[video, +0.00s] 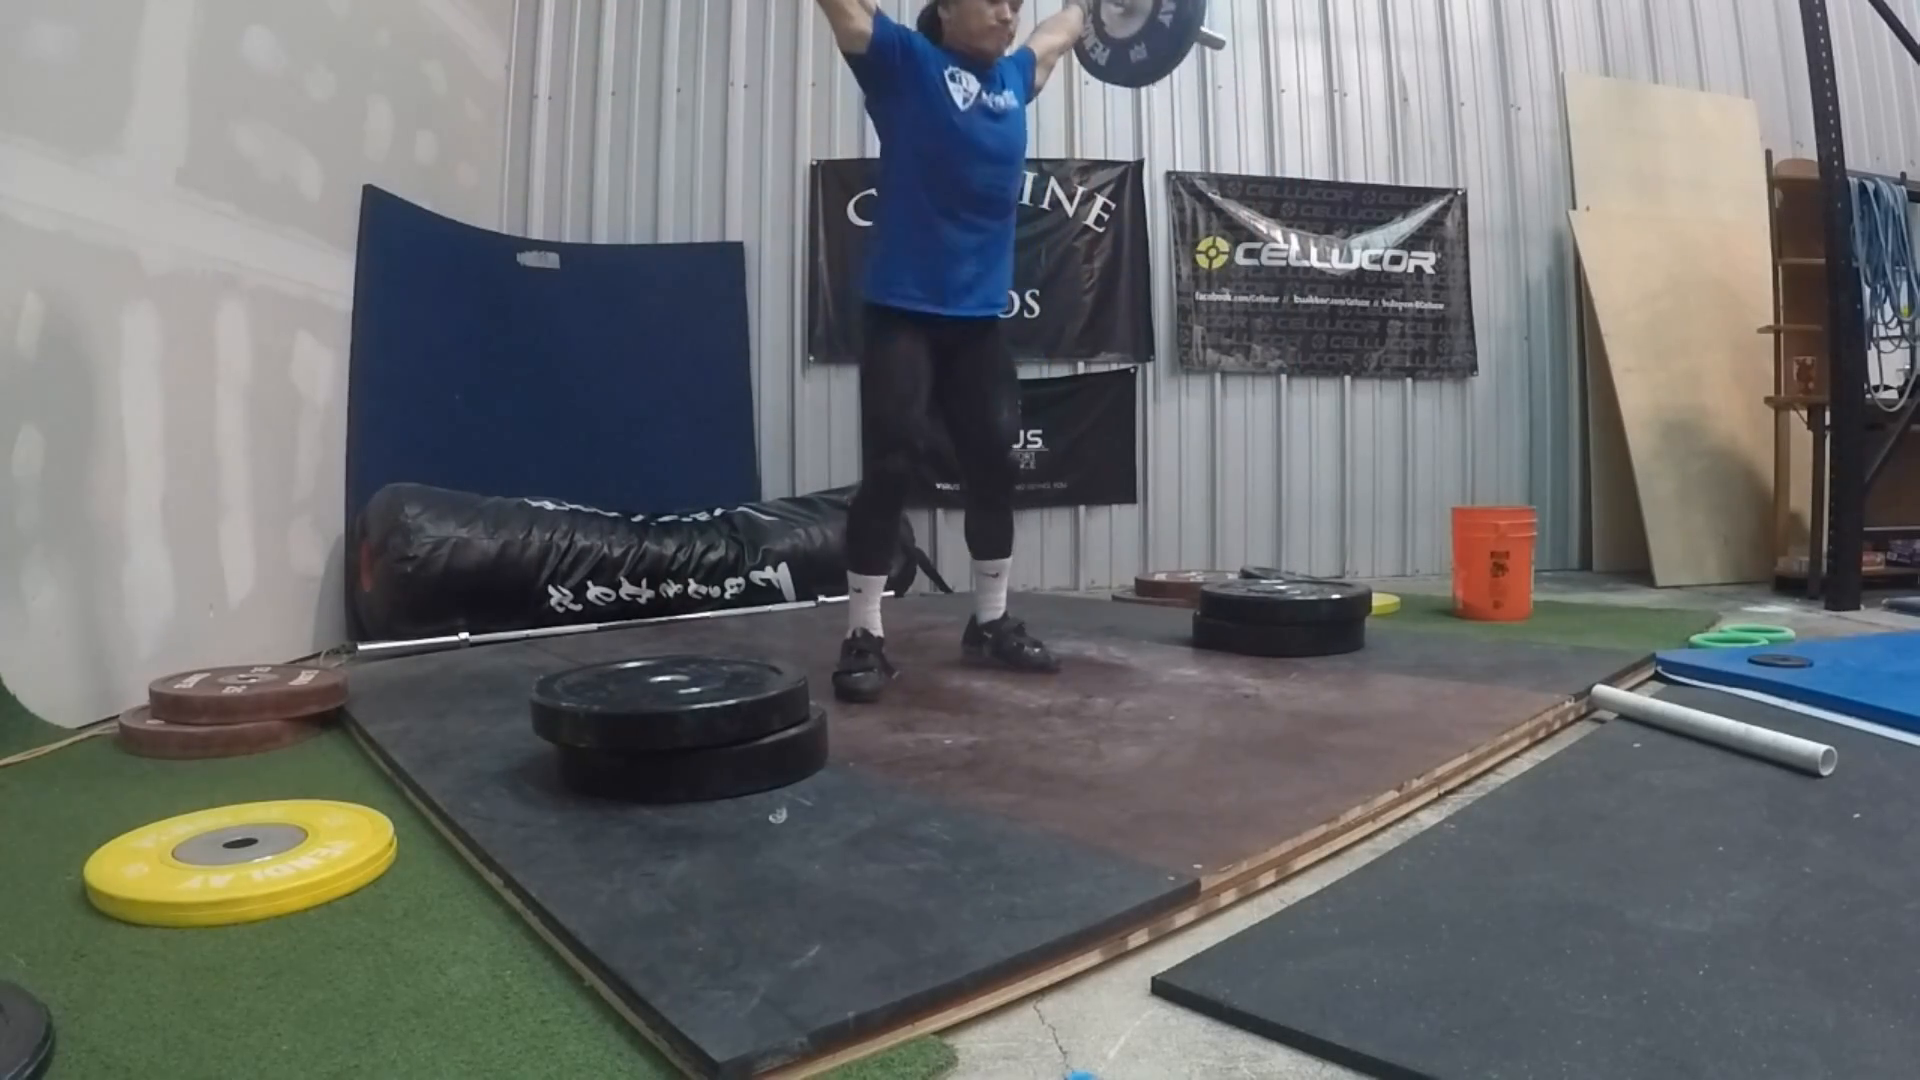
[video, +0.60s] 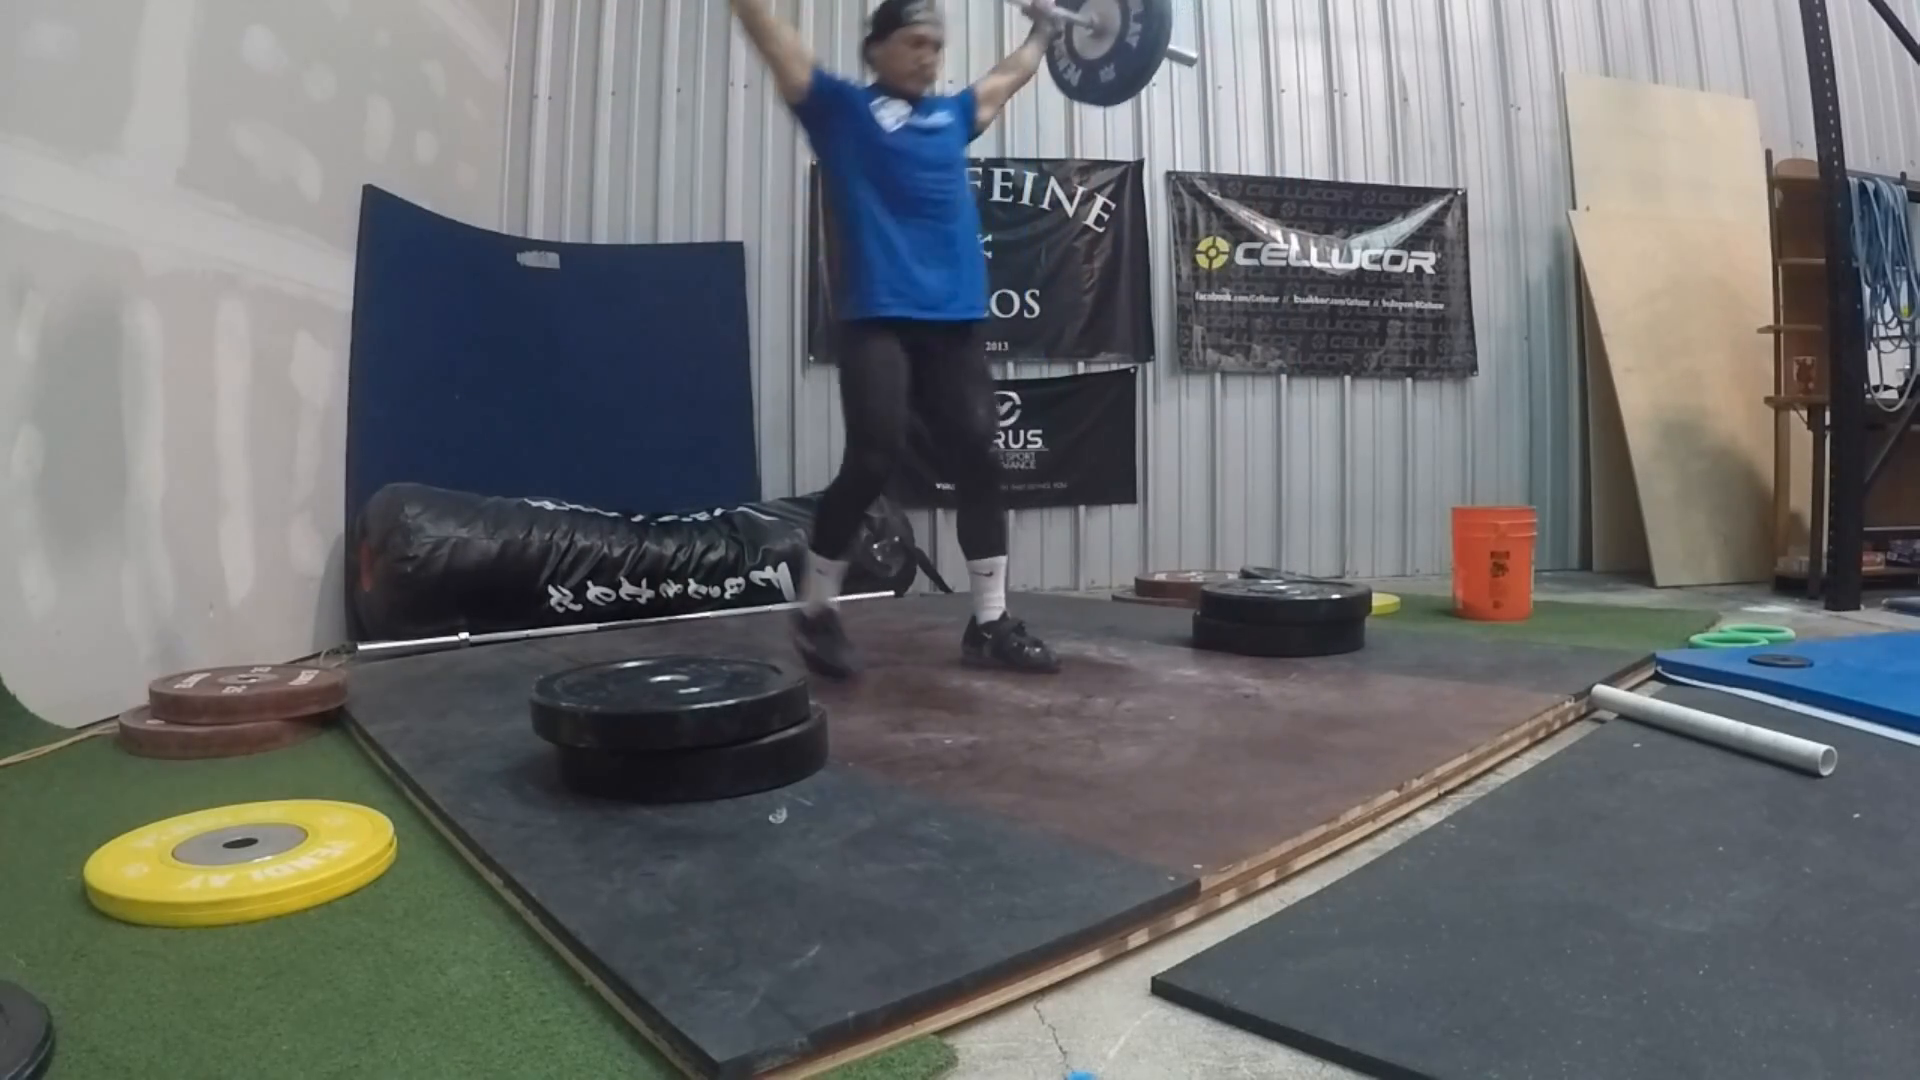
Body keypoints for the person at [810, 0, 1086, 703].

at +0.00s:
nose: (1005, 14)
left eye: (1011, 5)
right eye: (989, 1)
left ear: (1012, 16)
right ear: (945, 10)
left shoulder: (1012, 77)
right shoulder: (905, 61)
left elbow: (1056, 37)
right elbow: (839, 7)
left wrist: (1095, 8)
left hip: (982, 318)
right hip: (901, 314)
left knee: (995, 465)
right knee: (890, 468)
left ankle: (991, 623)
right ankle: (864, 636)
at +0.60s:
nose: (929, 57)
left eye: (935, 47)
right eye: (916, 44)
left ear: (940, 55)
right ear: (875, 49)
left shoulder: (950, 115)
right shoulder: (840, 107)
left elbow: (1006, 78)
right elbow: (770, 34)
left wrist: (1043, 28)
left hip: (955, 324)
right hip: (877, 324)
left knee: (978, 456)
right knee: (873, 457)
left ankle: (991, 622)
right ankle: (816, 609)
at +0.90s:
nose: (827, 105)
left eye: (835, 97)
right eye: (815, 91)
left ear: (838, 108)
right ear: (778, 97)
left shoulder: (842, 182)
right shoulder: (744, 156)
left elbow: (919, 218)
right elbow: (668, 206)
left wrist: (992, 207)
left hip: (834, 349)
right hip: (765, 347)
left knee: (895, 447)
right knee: (780, 465)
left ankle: (922, 598)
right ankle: (750, 613)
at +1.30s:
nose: (803, 169)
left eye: (811, 159)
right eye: (792, 155)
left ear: (816, 163)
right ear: (757, 153)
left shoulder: (816, 231)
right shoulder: (710, 210)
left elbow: (836, 310)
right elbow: (678, 284)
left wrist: (857, 360)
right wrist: (711, 338)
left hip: (759, 374)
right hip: (704, 366)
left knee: (755, 466)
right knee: (737, 459)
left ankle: (702, 581)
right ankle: (737, 601)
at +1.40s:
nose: (808, 205)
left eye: (816, 194)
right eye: (798, 190)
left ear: (823, 196)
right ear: (763, 185)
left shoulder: (818, 255)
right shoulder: (715, 236)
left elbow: (843, 332)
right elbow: (691, 317)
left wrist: (872, 383)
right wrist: (723, 362)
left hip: (749, 374)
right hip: (693, 369)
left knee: (745, 476)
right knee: (723, 459)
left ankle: (703, 583)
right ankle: (728, 589)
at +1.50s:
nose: (807, 231)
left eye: (815, 221)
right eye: (798, 217)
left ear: (821, 223)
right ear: (766, 209)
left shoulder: (816, 274)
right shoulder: (711, 248)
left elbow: (844, 344)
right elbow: (685, 323)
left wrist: (876, 388)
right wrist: (720, 364)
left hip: (740, 386)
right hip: (687, 379)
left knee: (735, 481)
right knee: (704, 462)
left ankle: (718, 579)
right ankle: (704, 592)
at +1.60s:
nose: (787, 228)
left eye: (796, 219)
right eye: (779, 215)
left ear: (803, 218)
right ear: (748, 203)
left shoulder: (803, 268)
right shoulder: (697, 247)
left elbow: (832, 339)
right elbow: (698, 315)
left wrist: (867, 391)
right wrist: (727, 369)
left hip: (734, 382)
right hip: (677, 375)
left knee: (730, 480)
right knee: (685, 469)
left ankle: (701, 587)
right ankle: (673, 591)